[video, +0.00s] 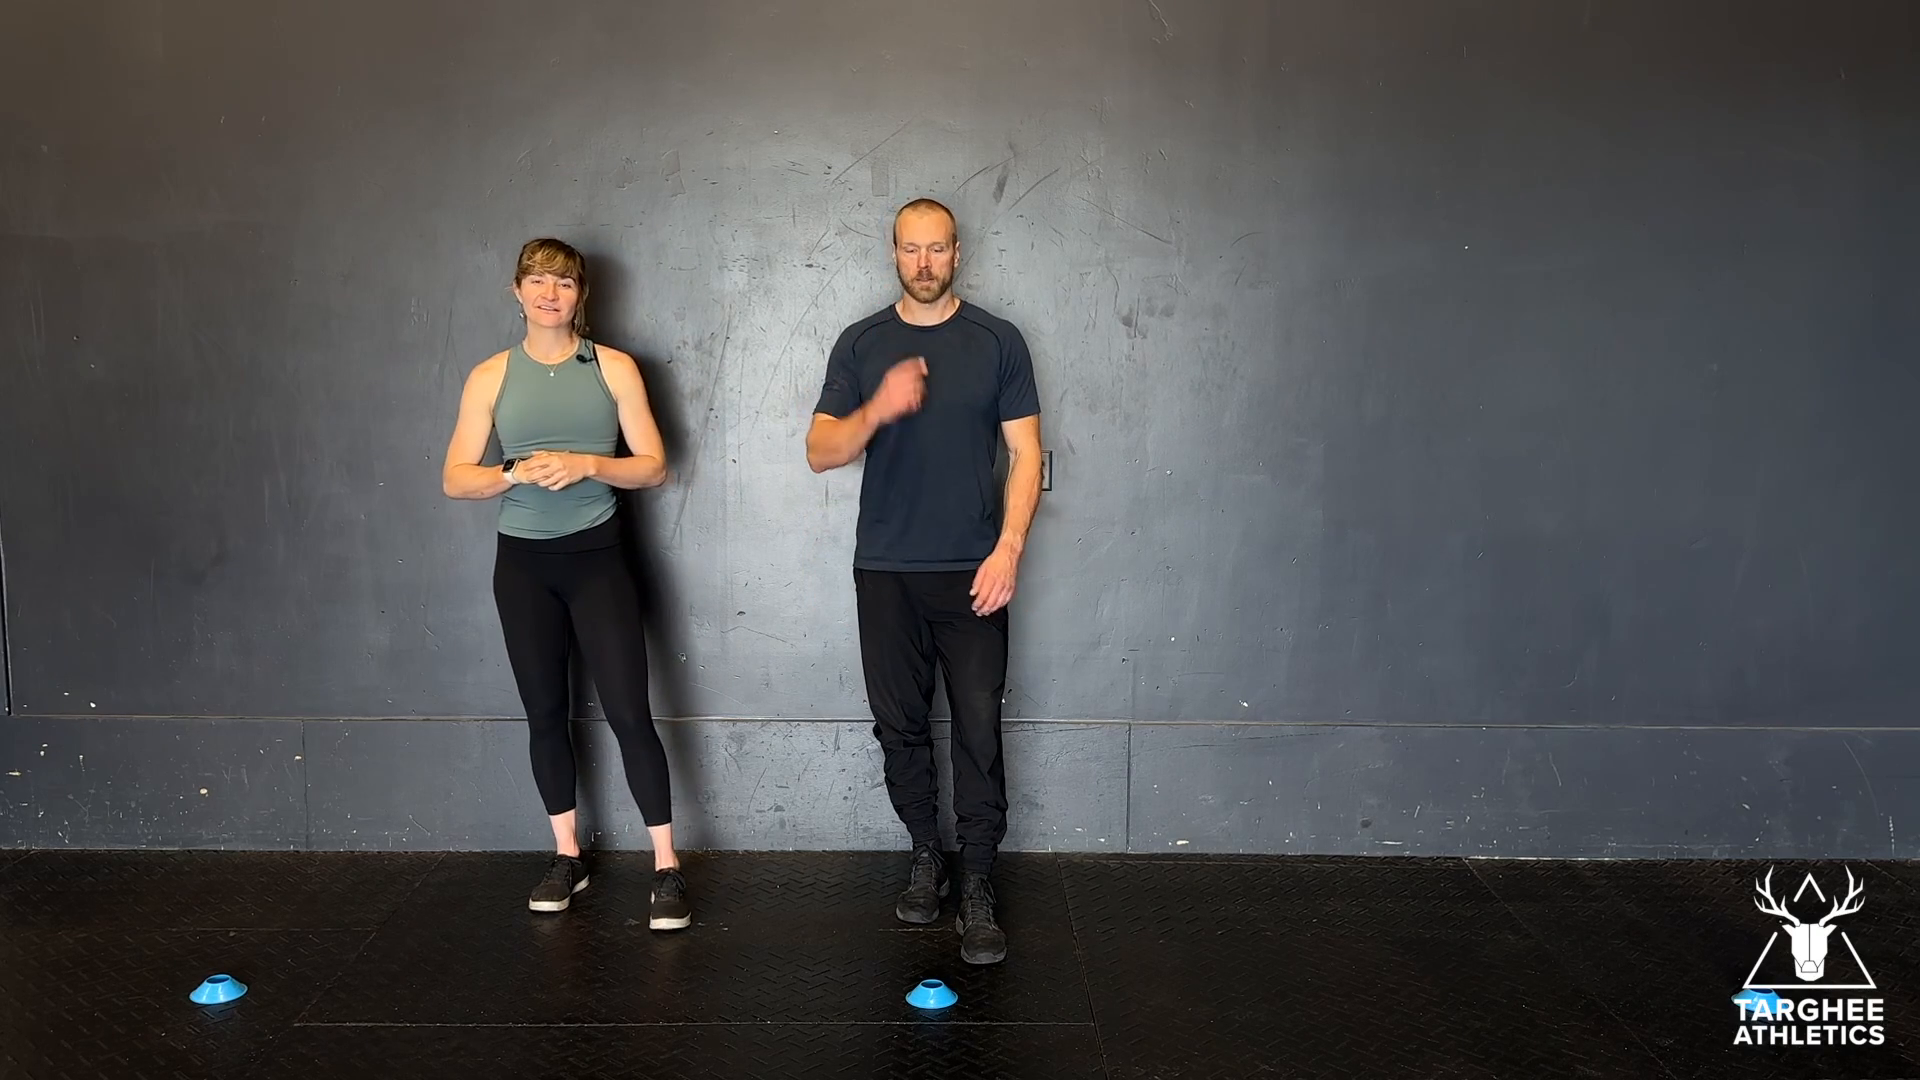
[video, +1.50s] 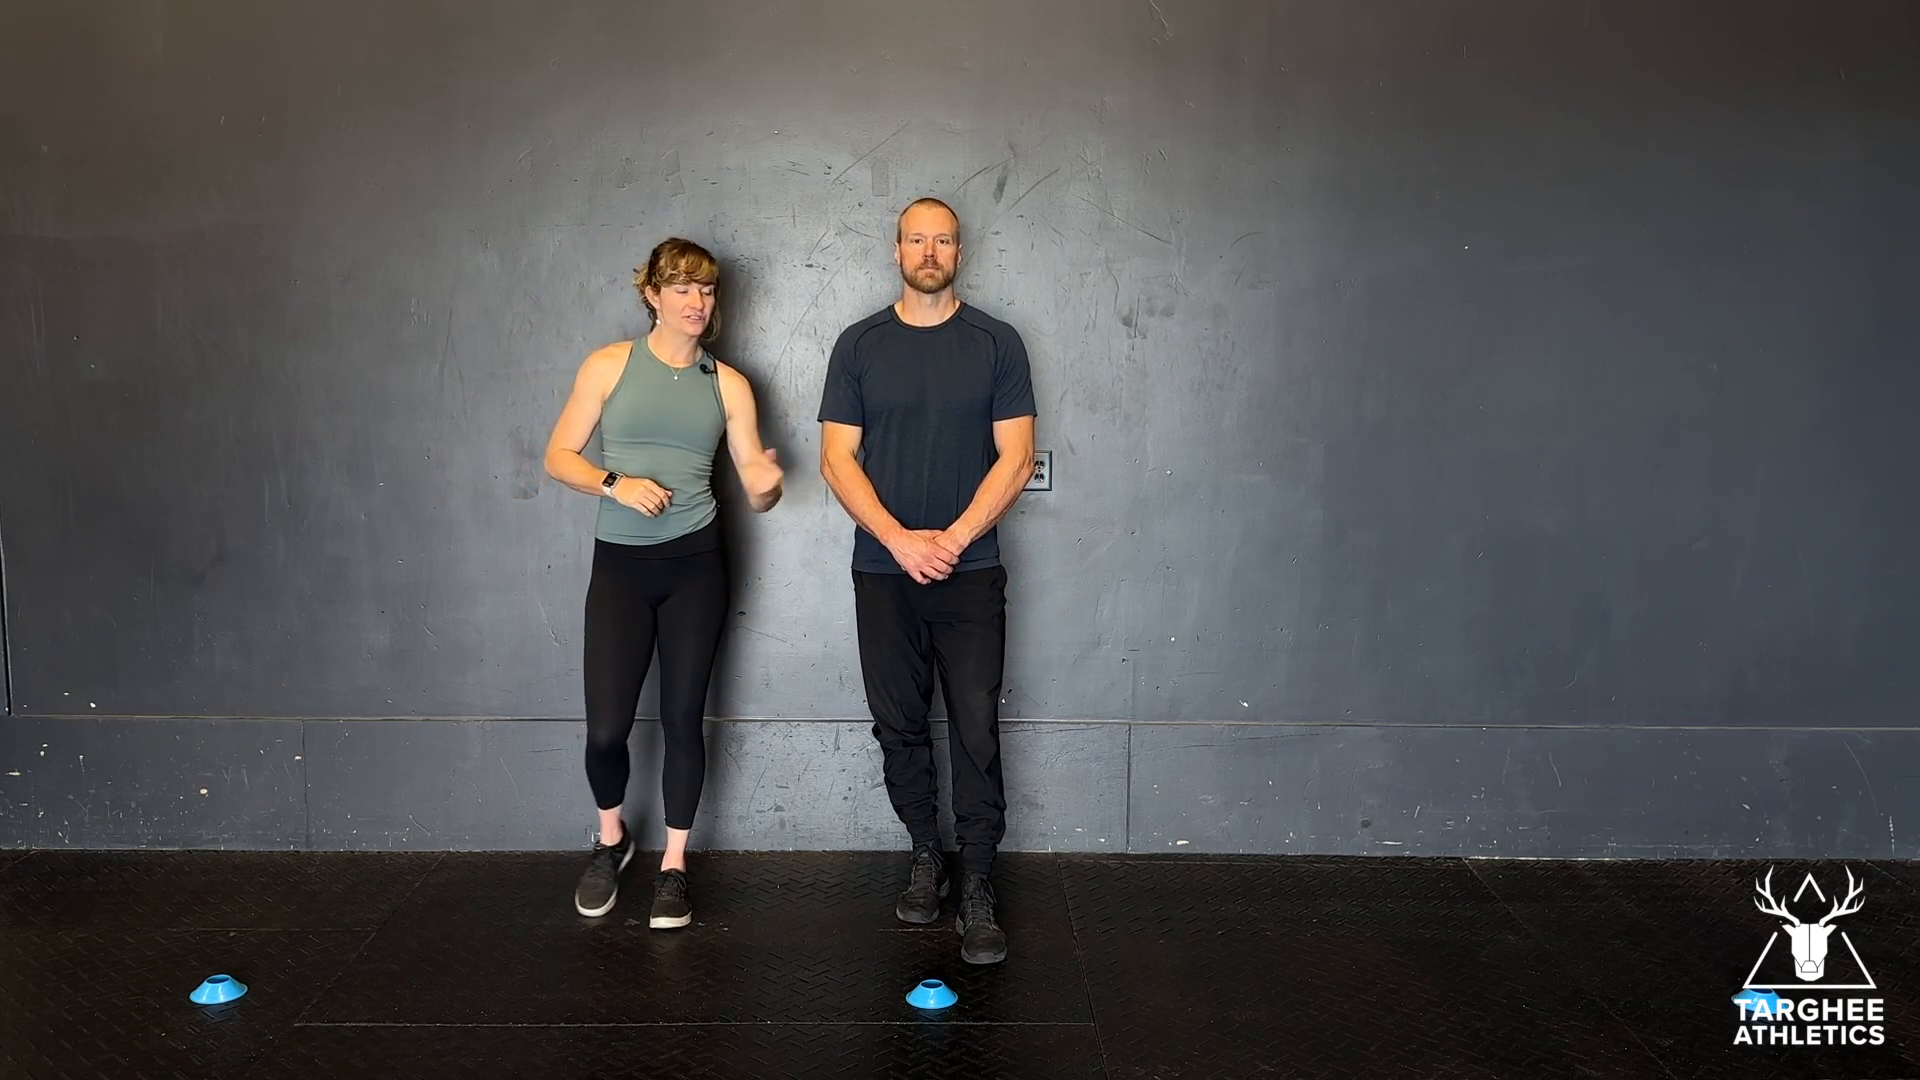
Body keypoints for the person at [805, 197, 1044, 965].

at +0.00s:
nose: (924, 259)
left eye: (936, 247)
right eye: (911, 248)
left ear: (955, 254)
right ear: (894, 255)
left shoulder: (997, 342)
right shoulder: (859, 345)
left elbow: (1026, 458)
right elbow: (821, 451)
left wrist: (1008, 551)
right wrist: (876, 409)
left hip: (973, 570)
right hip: (887, 571)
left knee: (978, 730)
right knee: (900, 728)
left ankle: (977, 880)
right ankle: (929, 860)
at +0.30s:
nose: (928, 255)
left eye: (940, 243)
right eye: (915, 243)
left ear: (958, 253)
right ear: (897, 253)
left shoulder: (997, 342)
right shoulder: (858, 346)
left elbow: (1023, 458)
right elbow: (835, 459)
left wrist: (945, 529)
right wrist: (902, 525)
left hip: (972, 570)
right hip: (887, 570)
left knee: (978, 728)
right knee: (900, 725)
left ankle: (978, 885)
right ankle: (930, 857)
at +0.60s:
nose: (923, 253)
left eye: (936, 241)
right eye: (911, 242)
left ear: (957, 253)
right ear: (894, 254)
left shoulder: (997, 342)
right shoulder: (858, 346)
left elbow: (1019, 461)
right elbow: (838, 461)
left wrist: (948, 540)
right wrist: (896, 537)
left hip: (970, 569)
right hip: (885, 569)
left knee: (977, 728)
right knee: (900, 725)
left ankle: (978, 885)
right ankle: (930, 859)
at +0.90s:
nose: (922, 252)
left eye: (935, 240)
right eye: (910, 240)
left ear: (956, 253)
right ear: (893, 252)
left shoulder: (997, 343)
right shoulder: (857, 346)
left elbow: (1017, 460)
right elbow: (834, 461)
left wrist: (948, 541)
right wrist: (896, 536)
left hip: (970, 567)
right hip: (884, 568)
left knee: (976, 727)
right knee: (900, 724)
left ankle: (978, 885)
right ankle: (928, 860)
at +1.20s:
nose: (929, 253)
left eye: (940, 241)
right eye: (915, 241)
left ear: (957, 252)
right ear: (895, 253)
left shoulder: (996, 343)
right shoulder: (857, 345)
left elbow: (1017, 460)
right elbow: (835, 460)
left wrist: (950, 541)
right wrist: (896, 537)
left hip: (970, 564)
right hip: (884, 564)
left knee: (977, 727)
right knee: (899, 724)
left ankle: (978, 883)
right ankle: (927, 856)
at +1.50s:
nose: (930, 250)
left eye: (942, 240)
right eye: (917, 239)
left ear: (959, 254)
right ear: (896, 253)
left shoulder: (996, 343)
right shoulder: (858, 345)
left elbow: (1018, 460)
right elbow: (837, 461)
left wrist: (949, 541)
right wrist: (897, 537)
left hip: (970, 570)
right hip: (884, 569)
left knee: (976, 733)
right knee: (901, 727)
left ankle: (979, 887)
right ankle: (927, 857)